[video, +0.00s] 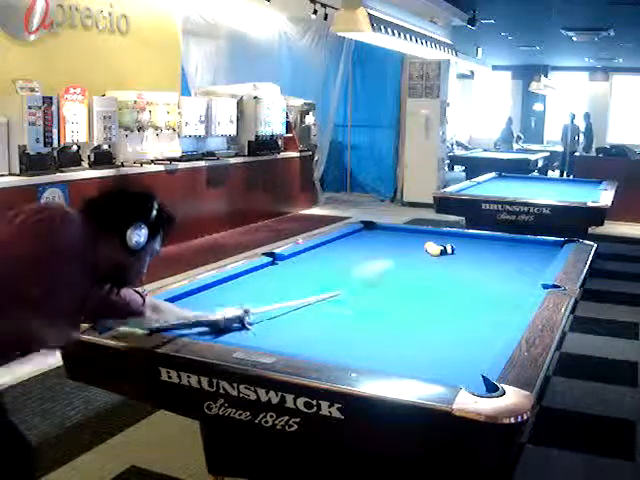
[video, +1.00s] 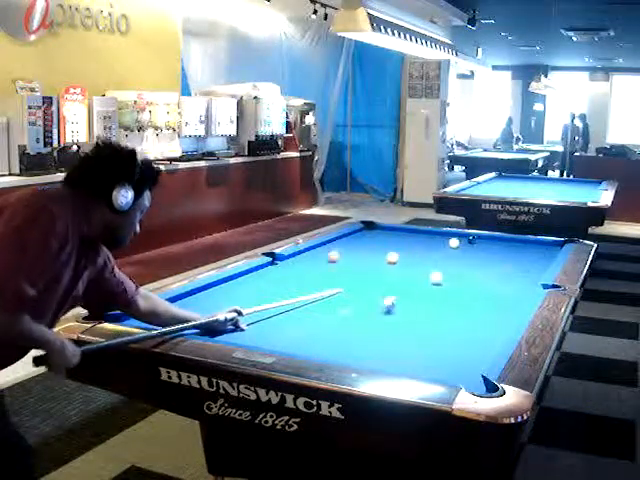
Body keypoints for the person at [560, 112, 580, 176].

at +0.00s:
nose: (572, 119)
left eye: (573, 117)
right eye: (571, 117)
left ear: (574, 118)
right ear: (569, 117)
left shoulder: (576, 127)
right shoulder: (565, 126)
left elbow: (578, 137)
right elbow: (562, 135)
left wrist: (577, 145)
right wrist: (563, 142)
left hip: (573, 146)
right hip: (565, 146)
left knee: (571, 160)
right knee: (563, 160)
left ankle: (569, 173)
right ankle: (561, 173)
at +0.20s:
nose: (572, 119)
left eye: (573, 117)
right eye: (571, 117)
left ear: (574, 118)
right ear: (569, 117)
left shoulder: (577, 127)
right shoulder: (565, 126)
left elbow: (578, 136)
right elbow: (562, 135)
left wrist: (577, 144)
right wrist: (563, 143)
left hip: (573, 146)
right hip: (566, 146)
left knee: (571, 160)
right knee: (563, 160)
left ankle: (569, 173)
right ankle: (561, 173)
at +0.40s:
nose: (572, 119)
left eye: (573, 117)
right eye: (571, 117)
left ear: (574, 118)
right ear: (569, 117)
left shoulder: (576, 127)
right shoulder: (565, 126)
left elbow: (579, 136)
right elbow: (562, 135)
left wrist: (577, 144)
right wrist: (563, 143)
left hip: (573, 146)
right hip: (566, 146)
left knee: (571, 160)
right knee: (563, 160)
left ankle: (569, 173)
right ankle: (561, 173)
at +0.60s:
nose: (572, 119)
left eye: (573, 117)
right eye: (571, 117)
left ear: (574, 118)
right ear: (569, 117)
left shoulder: (576, 127)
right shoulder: (565, 126)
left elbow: (578, 136)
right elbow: (562, 136)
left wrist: (577, 144)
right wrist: (563, 144)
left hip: (573, 146)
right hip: (566, 146)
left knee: (571, 160)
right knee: (563, 160)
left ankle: (569, 173)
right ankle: (561, 173)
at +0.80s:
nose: (572, 119)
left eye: (573, 117)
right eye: (571, 117)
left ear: (574, 118)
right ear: (570, 117)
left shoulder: (576, 128)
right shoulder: (565, 126)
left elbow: (578, 136)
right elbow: (563, 135)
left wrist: (577, 144)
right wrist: (563, 143)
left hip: (573, 146)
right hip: (565, 146)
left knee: (571, 160)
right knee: (563, 159)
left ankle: (569, 173)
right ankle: (561, 173)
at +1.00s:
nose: (572, 119)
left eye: (573, 117)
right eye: (571, 117)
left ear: (574, 118)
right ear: (569, 117)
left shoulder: (576, 127)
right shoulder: (565, 126)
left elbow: (578, 136)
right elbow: (563, 135)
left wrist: (577, 145)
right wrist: (563, 143)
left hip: (573, 146)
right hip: (565, 145)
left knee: (571, 160)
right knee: (563, 159)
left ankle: (569, 173)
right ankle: (561, 173)